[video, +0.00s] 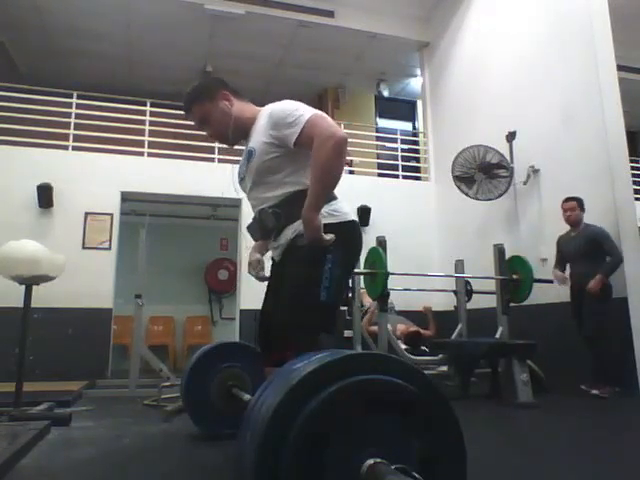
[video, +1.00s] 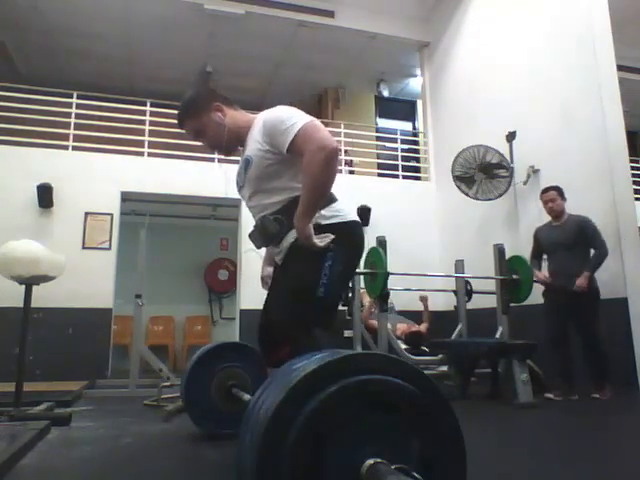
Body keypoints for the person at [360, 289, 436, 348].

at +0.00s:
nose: (413, 327)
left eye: (411, 331)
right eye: (416, 330)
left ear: (402, 338)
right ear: (419, 332)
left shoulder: (388, 333)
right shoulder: (421, 334)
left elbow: (365, 327)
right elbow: (432, 332)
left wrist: (372, 309)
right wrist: (429, 314)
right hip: (393, 316)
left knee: (365, 295)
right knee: (385, 297)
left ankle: (362, 292)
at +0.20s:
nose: (407, 327)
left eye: (406, 330)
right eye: (411, 328)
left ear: (401, 337)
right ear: (416, 328)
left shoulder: (387, 331)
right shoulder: (419, 333)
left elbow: (366, 323)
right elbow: (429, 327)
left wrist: (371, 306)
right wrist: (428, 309)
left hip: (378, 316)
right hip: (392, 314)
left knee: (365, 294)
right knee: (384, 297)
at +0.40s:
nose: (412, 326)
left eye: (411, 329)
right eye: (414, 328)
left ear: (402, 337)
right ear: (418, 331)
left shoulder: (389, 331)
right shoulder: (421, 332)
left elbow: (366, 318)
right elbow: (426, 320)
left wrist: (371, 304)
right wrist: (425, 303)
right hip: (393, 316)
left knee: (366, 295)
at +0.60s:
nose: (412, 326)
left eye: (411, 329)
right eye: (415, 328)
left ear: (402, 336)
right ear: (418, 329)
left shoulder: (387, 330)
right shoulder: (421, 332)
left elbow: (366, 318)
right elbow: (426, 321)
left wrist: (370, 302)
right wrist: (425, 303)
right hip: (392, 315)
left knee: (365, 294)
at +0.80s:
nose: (412, 325)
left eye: (410, 329)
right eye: (414, 328)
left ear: (403, 336)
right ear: (418, 329)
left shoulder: (387, 331)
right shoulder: (421, 332)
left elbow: (366, 321)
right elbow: (426, 321)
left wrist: (370, 304)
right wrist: (425, 305)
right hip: (392, 315)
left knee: (364, 293)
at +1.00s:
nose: (413, 326)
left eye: (412, 329)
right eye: (416, 329)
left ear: (403, 336)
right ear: (419, 330)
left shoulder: (386, 330)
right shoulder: (421, 333)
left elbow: (366, 321)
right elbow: (426, 322)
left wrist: (369, 304)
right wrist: (425, 304)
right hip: (392, 315)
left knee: (364, 293)